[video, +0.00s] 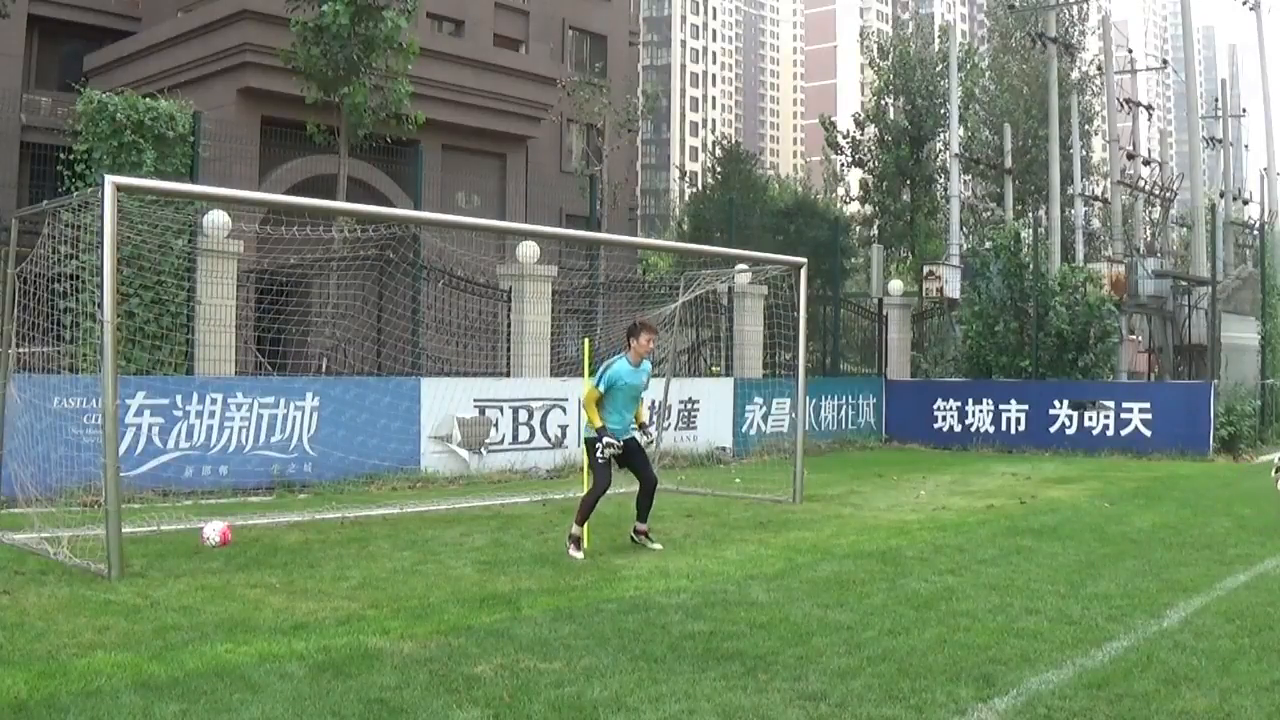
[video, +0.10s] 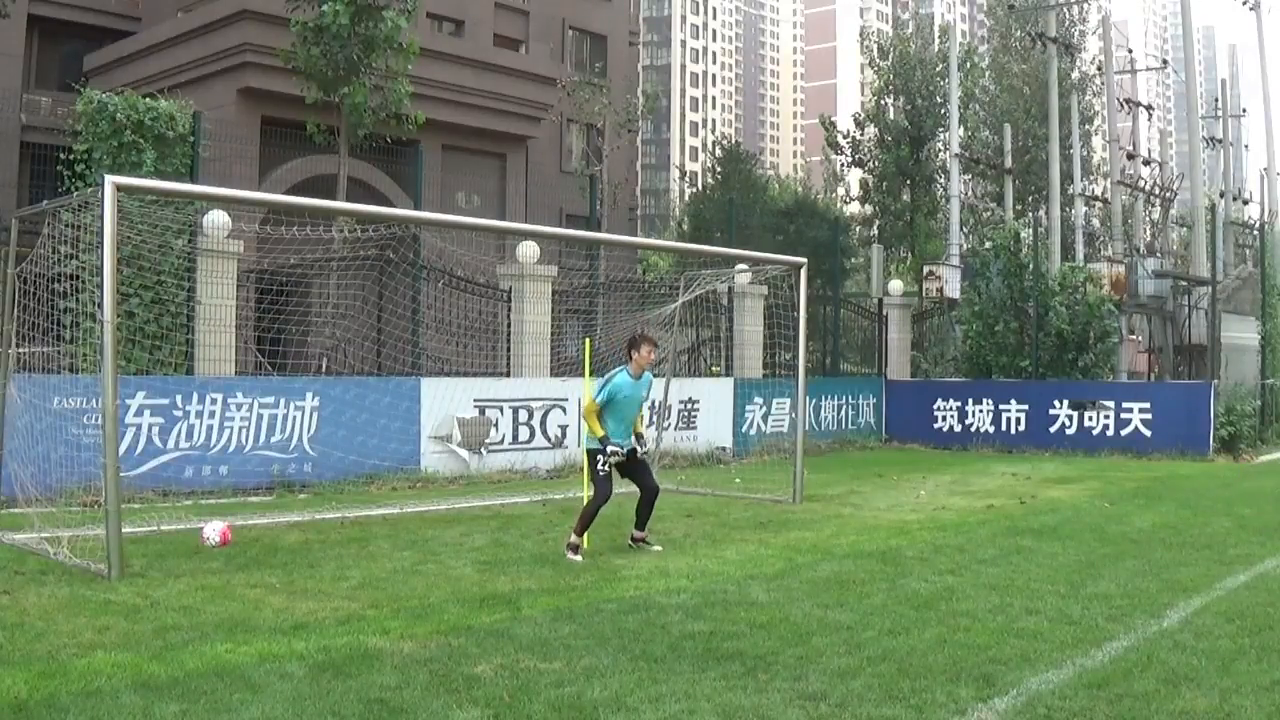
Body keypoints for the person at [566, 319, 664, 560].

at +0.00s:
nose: (652, 346)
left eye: (653, 342)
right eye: (648, 341)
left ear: (652, 344)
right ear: (632, 341)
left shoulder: (646, 368)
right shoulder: (613, 368)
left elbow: (636, 400)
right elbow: (588, 401)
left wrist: (643, 424)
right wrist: (602, 433)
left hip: (626, 435)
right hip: (600, 435)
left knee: (649, 480)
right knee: (602, 483)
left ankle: (640, 531)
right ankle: (575, 535)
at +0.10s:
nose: (652, 358)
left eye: (653, 353)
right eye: (648, 353)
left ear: (652, 355)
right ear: (633, 354)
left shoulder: (647, 379)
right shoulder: (615, 379)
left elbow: (636, 411)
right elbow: (588, 411)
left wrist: (640, 436)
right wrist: (606, 442)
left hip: (626, 445)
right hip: (600, 445)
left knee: (650, 488)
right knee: (602, 494)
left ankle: (638, 537)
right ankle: (574, 542)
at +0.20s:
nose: (653, 356)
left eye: (654, 352)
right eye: (648, 352)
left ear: (651, 356)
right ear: (633, 354)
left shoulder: (648, 381)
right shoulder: (616, 381)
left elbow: (639, 414)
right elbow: (591, 415)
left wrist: (639, 440)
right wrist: (605, 447)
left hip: (628, 448)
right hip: (602, 448)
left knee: (652, 489)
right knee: (603, 495)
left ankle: (638, 537)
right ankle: (574, 542)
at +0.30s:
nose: (652, 346)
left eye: (652, 342)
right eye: (647, 342)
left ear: (648, 346)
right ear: (631, 345)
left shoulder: (650, 371)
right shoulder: (618, 371)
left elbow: (664, 396)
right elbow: (601, 404)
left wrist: (666, 407)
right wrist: (630, 416)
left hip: (627, 443)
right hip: (602, 442)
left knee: (651, 486)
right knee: (601, 492)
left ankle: (638, 537)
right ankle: (573, 541)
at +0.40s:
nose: (649, 338)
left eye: (650, 334)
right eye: (644, 334)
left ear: (650, 339)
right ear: (629, 337)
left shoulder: (651, 359)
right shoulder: (619, 358)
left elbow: (679, 363)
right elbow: (617, 375)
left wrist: (685, 350)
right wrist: (646, 358)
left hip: (627, 436)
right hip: (604, 436)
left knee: (647, 482)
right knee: (595, 489)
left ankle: (638, 536)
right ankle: (572, 539)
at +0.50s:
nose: (641, 324)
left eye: (643, 320)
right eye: (637, 320)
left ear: (644, 323)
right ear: (625, 323)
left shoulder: (648, 343)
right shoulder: (616, 347)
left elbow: (675, 331)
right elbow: (631, 335)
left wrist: (670, 306)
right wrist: (643, 306)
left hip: (632, 423)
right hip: (609, 421)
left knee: (643, 477)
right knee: (594, 482)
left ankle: (641, 529)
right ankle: (567, 533)